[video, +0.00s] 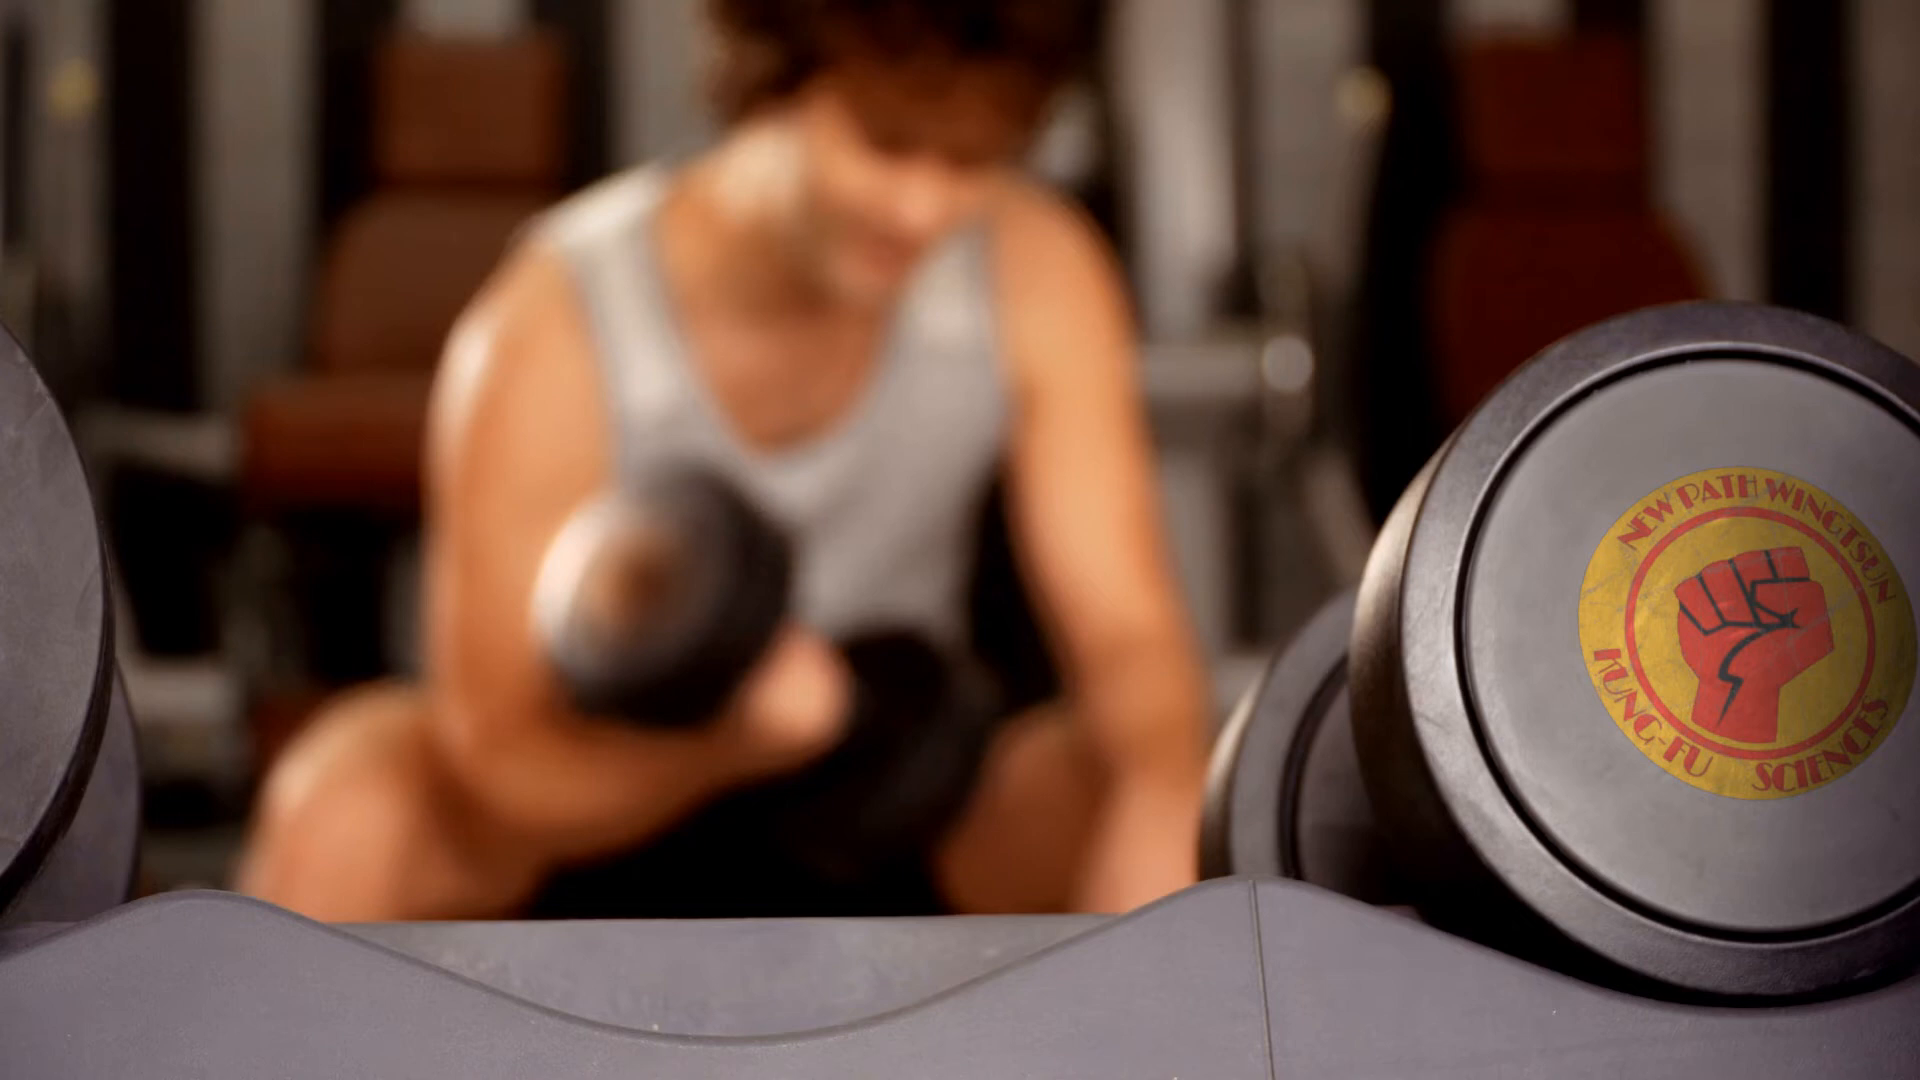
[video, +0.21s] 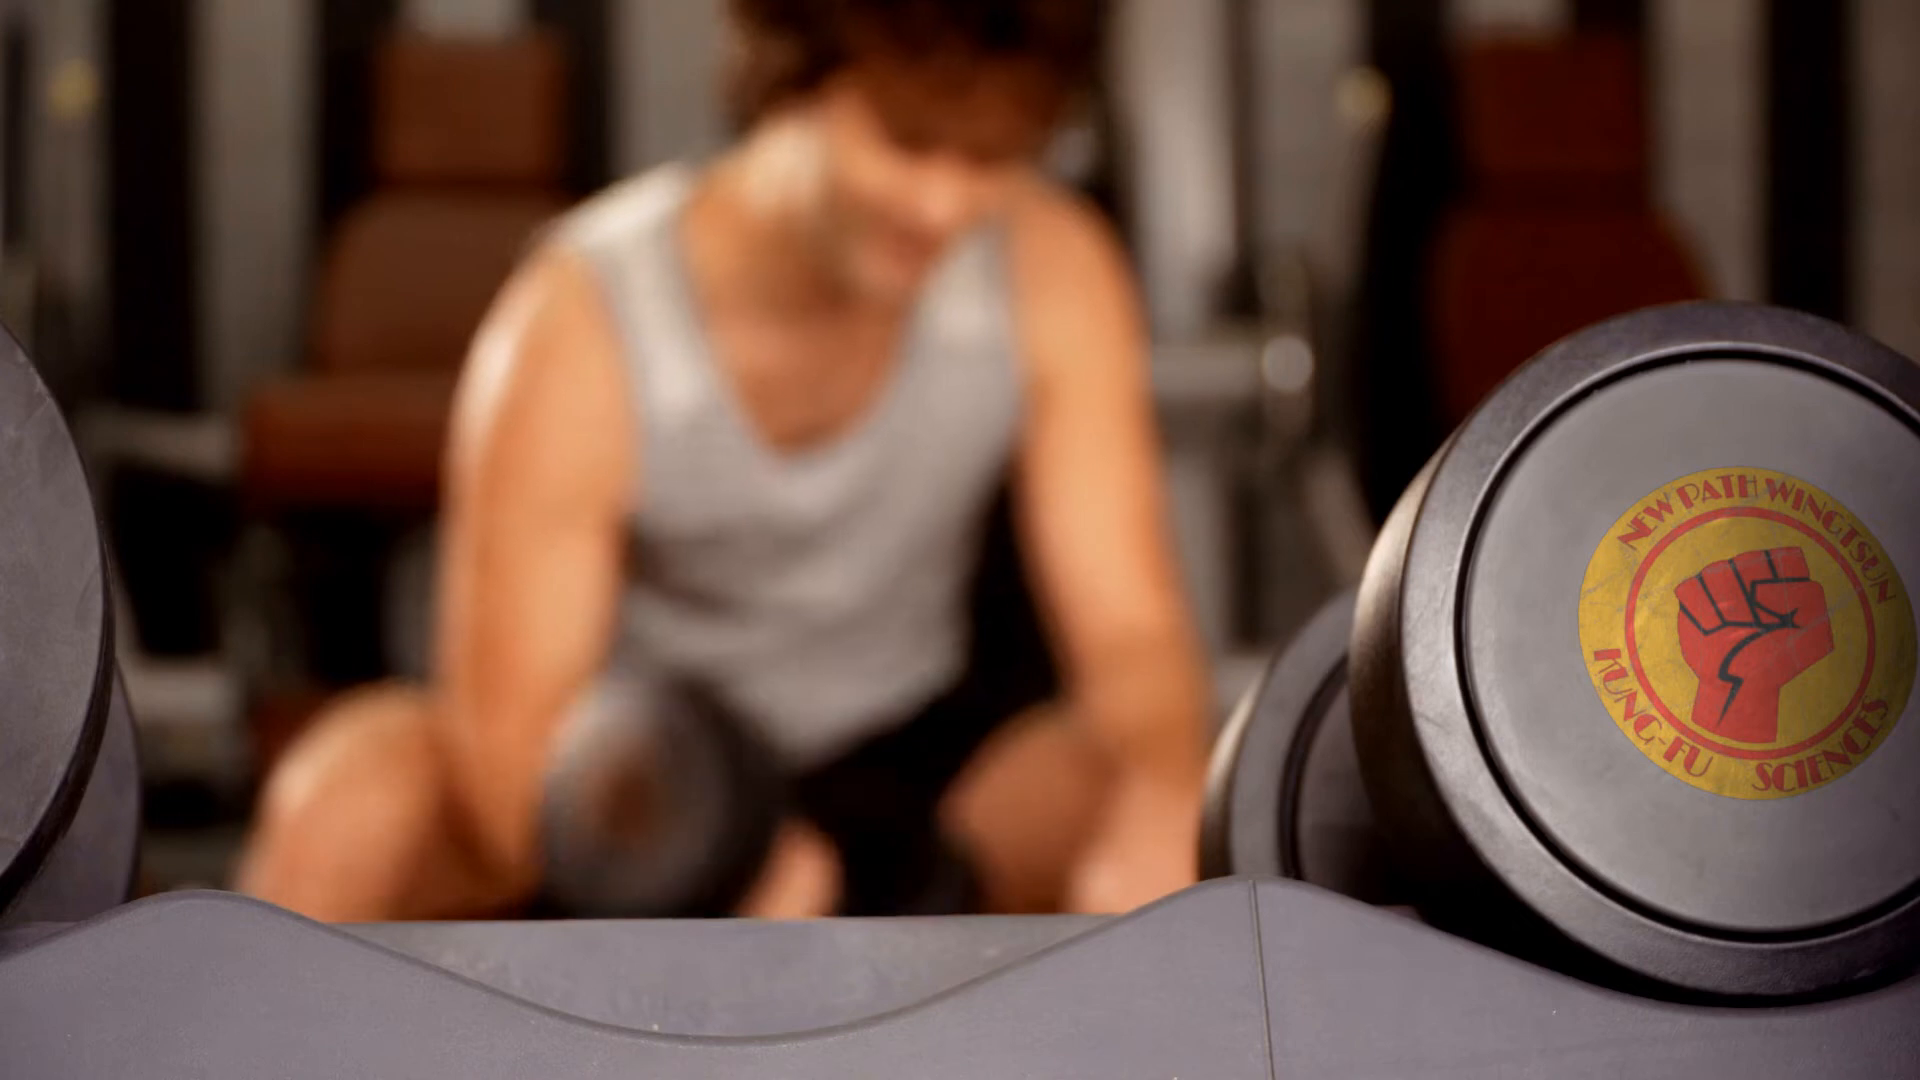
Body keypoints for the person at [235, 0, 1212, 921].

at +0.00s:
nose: (923, 208)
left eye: (974, 162)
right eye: (887, 143)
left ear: (1020, 147)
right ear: (776, 78)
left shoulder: (1030, 263)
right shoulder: (549, 325)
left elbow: (1131, 647)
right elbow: (513, 775)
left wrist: (1154, 836)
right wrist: (742, 738)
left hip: (885, 793)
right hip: (596, 806)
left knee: (1165, 798)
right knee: (345, 800)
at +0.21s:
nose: (944, 205)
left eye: (994, 159)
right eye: (908, 143)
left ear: (1039, 142)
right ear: (796, 81)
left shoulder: (1045, 262)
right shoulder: (580, 314)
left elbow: (1131, 640)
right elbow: (512, 765)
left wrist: (1154, 820)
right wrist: (742, 873)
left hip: (909, 776)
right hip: (624, 773)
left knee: (1172, 794)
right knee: (347, 789)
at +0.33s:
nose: (957, 214)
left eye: (1005, 166)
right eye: (923, 152)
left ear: (1045, 148)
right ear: (811, 92)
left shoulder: (1054, 267)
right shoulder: (599, 313)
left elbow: (1135, 655)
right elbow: (510, 778)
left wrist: (1153, 834)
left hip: (901, 780)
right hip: (623, 787)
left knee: (1157, 811)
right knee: (351, 792)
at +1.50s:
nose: (932, 299)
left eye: (982, 262)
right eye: (906, 242)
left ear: (1041, 219)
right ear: (825, 137)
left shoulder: (1058, 263)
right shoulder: (604, 313)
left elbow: (1132, 641)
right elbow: (510, 749)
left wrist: (1169, 837)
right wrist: (672, 954)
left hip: (904, 773)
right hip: (628, 786)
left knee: (1189, 811)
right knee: (365, 788)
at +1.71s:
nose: (911, 307)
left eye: (962, 270)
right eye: (886, 250)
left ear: (1027, 228)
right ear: (804, 136)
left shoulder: (1044, 264)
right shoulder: (559, 311)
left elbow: (1136, 651)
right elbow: (513, 742)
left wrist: (1166, 868)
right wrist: (763, 810)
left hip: (899, 804)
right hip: (605, 805)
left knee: (1186, 778)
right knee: (370, 779)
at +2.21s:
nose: (866, 301)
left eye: (911, 263)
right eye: (844, 243)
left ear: (967, 212)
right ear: (750, 145)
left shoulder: (1002, 264)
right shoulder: (486, 322)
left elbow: (1117, 638)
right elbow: (505, 762)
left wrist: (1173, 865)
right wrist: (726, 642)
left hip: (903, 776)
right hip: (599, 796)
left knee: (1174, 814)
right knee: (347, 795)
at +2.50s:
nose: (885, 277)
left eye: (930, 239)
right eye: (858, 223)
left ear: (985, 185)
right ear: (769, 128)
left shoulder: (1018, 257)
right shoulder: (517, 316)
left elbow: (1125, 635)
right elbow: (511, 748)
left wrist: (1181, 840)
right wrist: (750, 717)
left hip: (887, 783)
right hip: (596, 797)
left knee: (1182, 801)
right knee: (357, 798)